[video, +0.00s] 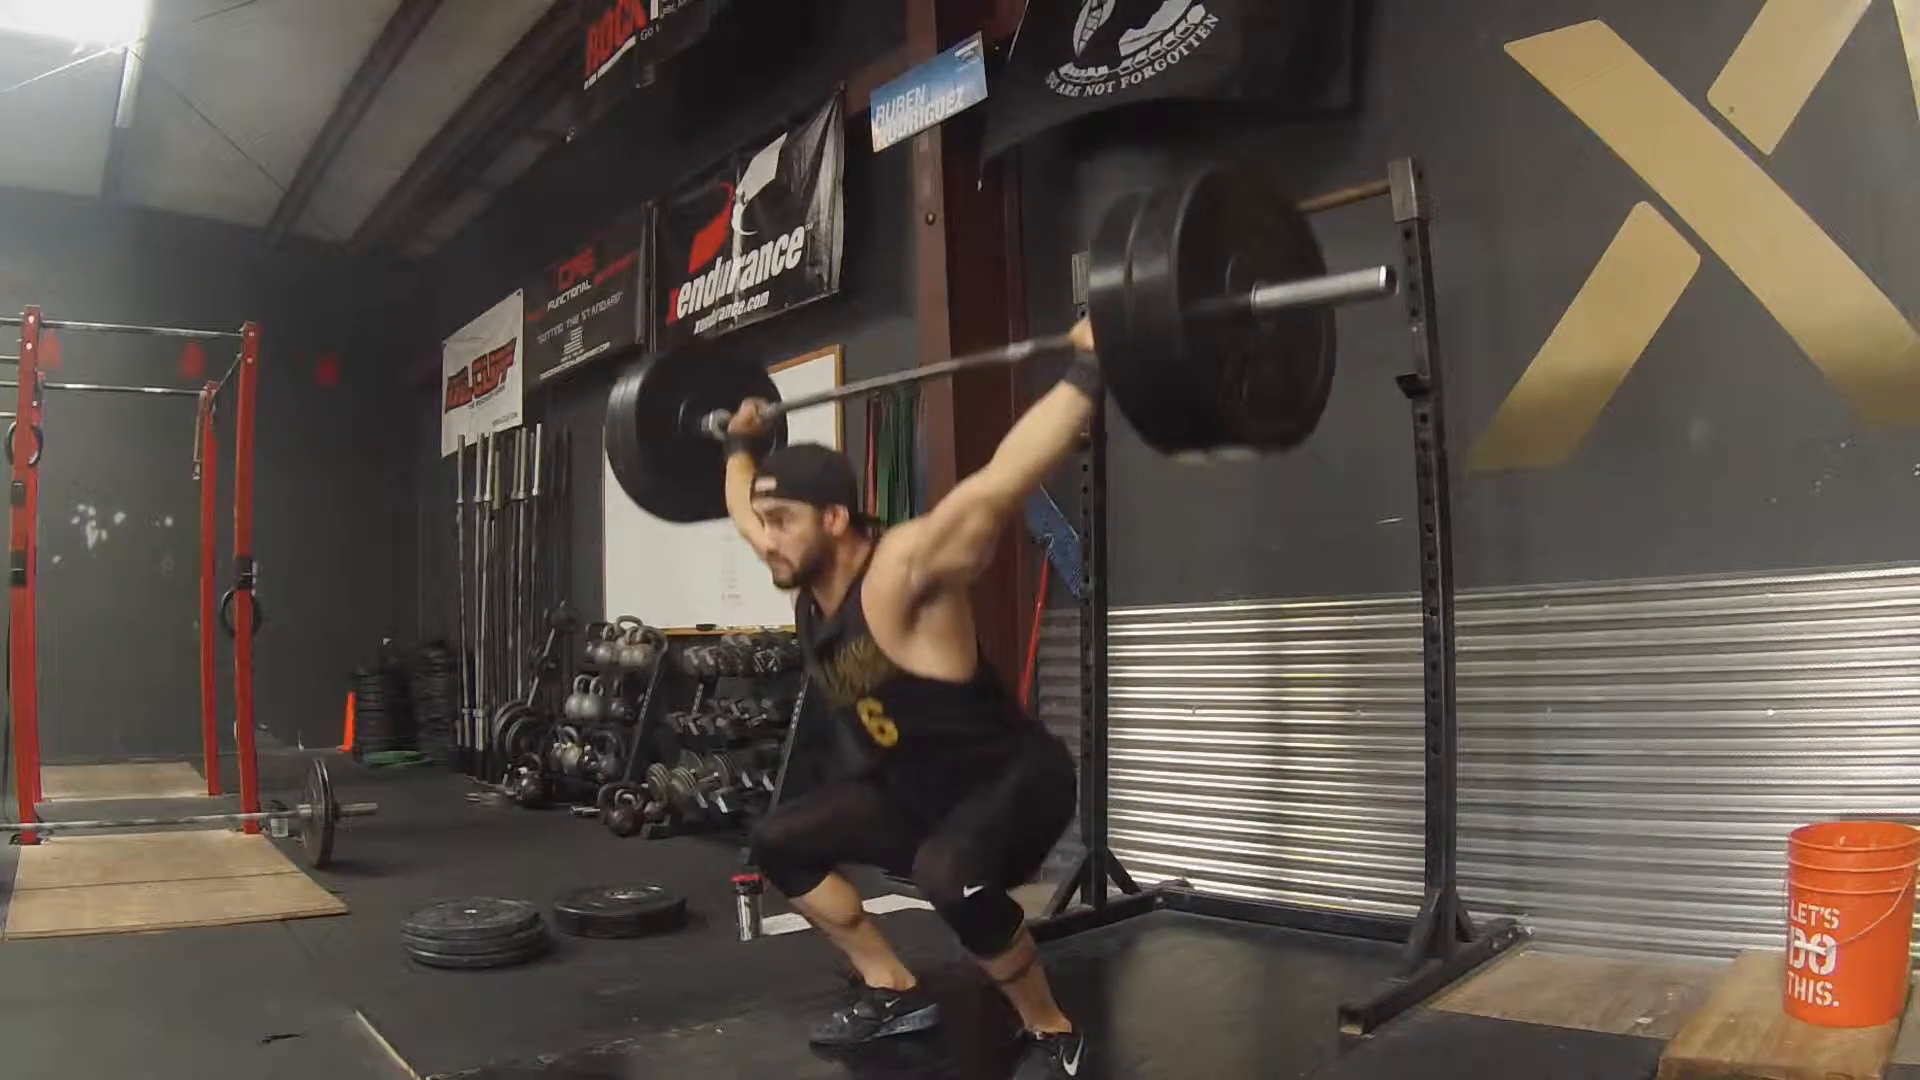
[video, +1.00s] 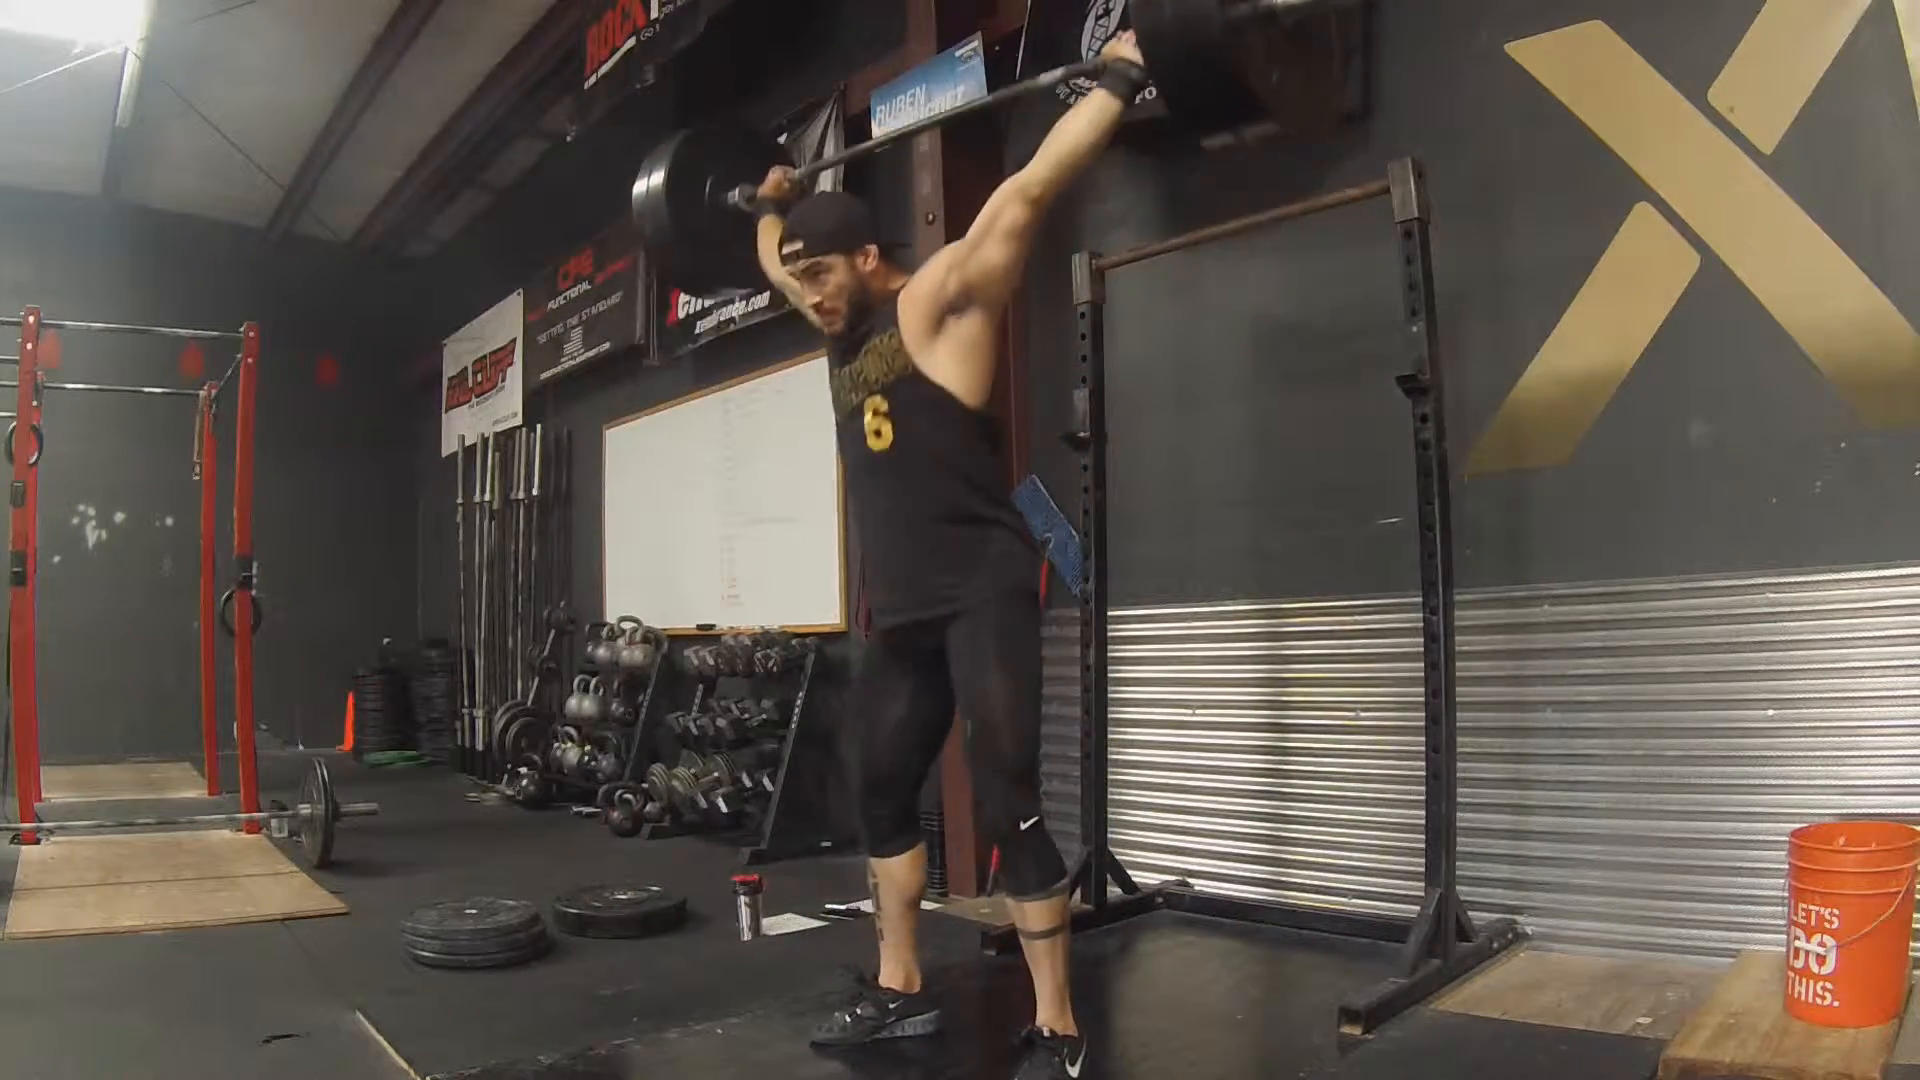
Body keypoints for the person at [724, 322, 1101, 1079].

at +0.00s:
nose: (766, 542)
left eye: (781, 521)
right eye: (759, 524)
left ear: (836, 519)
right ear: (754, 527)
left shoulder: (911, 563)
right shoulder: (813, 593)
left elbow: (1004, 480)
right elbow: (749, 518)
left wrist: (1086, 366)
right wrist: (741, 441)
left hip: (1011, 777)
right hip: (909, 789)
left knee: (949, 874)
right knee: (779, 843)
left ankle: (1052, 1033)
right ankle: (892, 990)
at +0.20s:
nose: (762, 490)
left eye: (774, 470)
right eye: (755, 474)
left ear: (831, 464)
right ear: (756, 477)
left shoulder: (911, 506)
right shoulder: (812, 534)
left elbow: (1005, 420)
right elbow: (748, 466)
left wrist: (1089, 309)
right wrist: (746, 392)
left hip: (1014, 725)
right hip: (917, 740)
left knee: (966, 858)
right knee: (793, 831)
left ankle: (1052, 1031)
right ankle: (892, 990)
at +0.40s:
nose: (769, 431)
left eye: (780, 411)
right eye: (760, 417)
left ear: (837, 401)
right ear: (763, 420)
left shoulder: (916, 442)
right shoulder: (812, 473)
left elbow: (1010, 356)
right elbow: (749, 412)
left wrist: (1097, 242)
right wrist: (747, 340)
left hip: (1012, 677)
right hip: (924, 691)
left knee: (985, 854)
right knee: (804, 819)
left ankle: (1054, 1033)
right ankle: (892, 991)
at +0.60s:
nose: (777, 371)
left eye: (788, 351)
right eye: (769, 359)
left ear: (845, 339)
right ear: (774, 365)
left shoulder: (924, 383)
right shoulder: (815, 418)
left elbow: (1013, 288)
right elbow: (754, 354)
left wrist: (1107, 175)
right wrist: (751, 282)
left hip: (1010, 635)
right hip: (920, 657)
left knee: (992, 835)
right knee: (825, 806)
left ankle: (1057, 1030)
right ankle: (895, 992)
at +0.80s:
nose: (791, 318)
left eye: (802, 298)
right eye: (783, 307)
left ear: (854, 283)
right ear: (792, 311)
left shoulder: (938, 325)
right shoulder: (832, 365)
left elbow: (1016, 226)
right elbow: (764, 303)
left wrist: (1112, 117)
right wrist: (760, 230)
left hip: (1000, 598)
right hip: (910, 623)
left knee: (1005, 821)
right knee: (853, 796)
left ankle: (1057, 1032)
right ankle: (899, 997)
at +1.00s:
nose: (807, 292)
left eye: (817, 271)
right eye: (797, 280)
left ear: (868, 255)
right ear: (813, 280)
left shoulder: (949, 290)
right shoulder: (853, 334)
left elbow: (1026, 188)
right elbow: (779, 268)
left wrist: (1115, 80)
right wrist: (769, 200)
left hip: (985, 588)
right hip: (900, 608)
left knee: (1008, 795)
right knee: (879, 787)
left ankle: (1057, 1031)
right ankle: (899, 998)